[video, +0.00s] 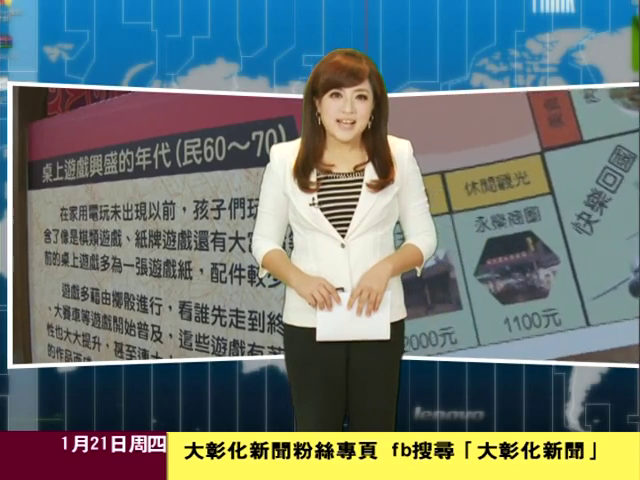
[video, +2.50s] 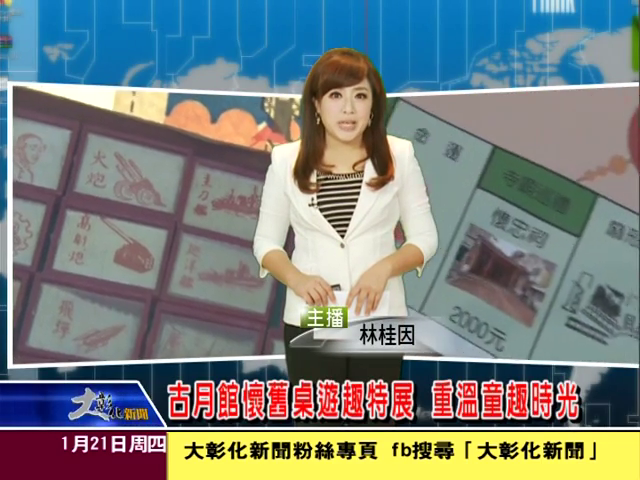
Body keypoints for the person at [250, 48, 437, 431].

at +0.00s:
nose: (348, 108)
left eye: (361, 97)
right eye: (336, 96)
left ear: (374, 106)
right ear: (316, 102)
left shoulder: (396, 156)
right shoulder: (287, 159)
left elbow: (424, 238)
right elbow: (264, 243)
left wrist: (385, 267)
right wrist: (298, 278)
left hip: (378, 328)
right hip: (310, 328)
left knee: (375, 445)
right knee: (316, 445)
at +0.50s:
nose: (347, 108)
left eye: (359, 96)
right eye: (334, 96)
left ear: (373, 104)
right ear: (315, 103)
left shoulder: (395, 156)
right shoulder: (286, 160)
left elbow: (423, 238)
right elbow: (264, 243)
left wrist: (383, 268)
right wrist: (296, 278)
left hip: (377, 327)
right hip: (309, 327)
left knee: (374, 443)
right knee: (315, 444)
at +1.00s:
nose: (346, 107)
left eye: (357, 96)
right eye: (333, 96)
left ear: (371, 105)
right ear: (313, 104)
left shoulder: (394, 156)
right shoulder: (285, 160)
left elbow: (423, 238)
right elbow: (263, 242)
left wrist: (382, 267)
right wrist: (296, 279)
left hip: (377, 323)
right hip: (308, 323)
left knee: (376, 439)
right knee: (314, 439)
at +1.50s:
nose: (348, 108)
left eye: (359, 96)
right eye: (335, 96)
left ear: (373, 104)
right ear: (315, 104)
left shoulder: (396, 156)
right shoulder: (287, 159)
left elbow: (424, 239)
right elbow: (264, 242)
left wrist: (383, 267)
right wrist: (297, 279)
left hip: (378, 325)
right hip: (308, 324)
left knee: (375, 440)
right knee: (314, 439)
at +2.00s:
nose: (349, 107)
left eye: (361, 96)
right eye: (336, 95)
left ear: (374, 104)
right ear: (316, 104)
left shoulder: (397, 156)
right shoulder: (288, 159)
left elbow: (425, 239)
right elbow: (265, 243)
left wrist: (384, 267)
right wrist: (298, 279)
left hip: (379, 324)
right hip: (309, 323)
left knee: (375, 439)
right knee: (314, 438)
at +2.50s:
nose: (348, 108)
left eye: (360, 96)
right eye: (335, 96)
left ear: (374, 104)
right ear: (316, 104)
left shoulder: (397, 156)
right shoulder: (288, 160)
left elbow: (425, 239)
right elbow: (265, 243)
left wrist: (384, 267)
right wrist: (297, 279)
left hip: (379, 324)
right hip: (309, 323)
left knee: (376, 440)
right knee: (315, 439)